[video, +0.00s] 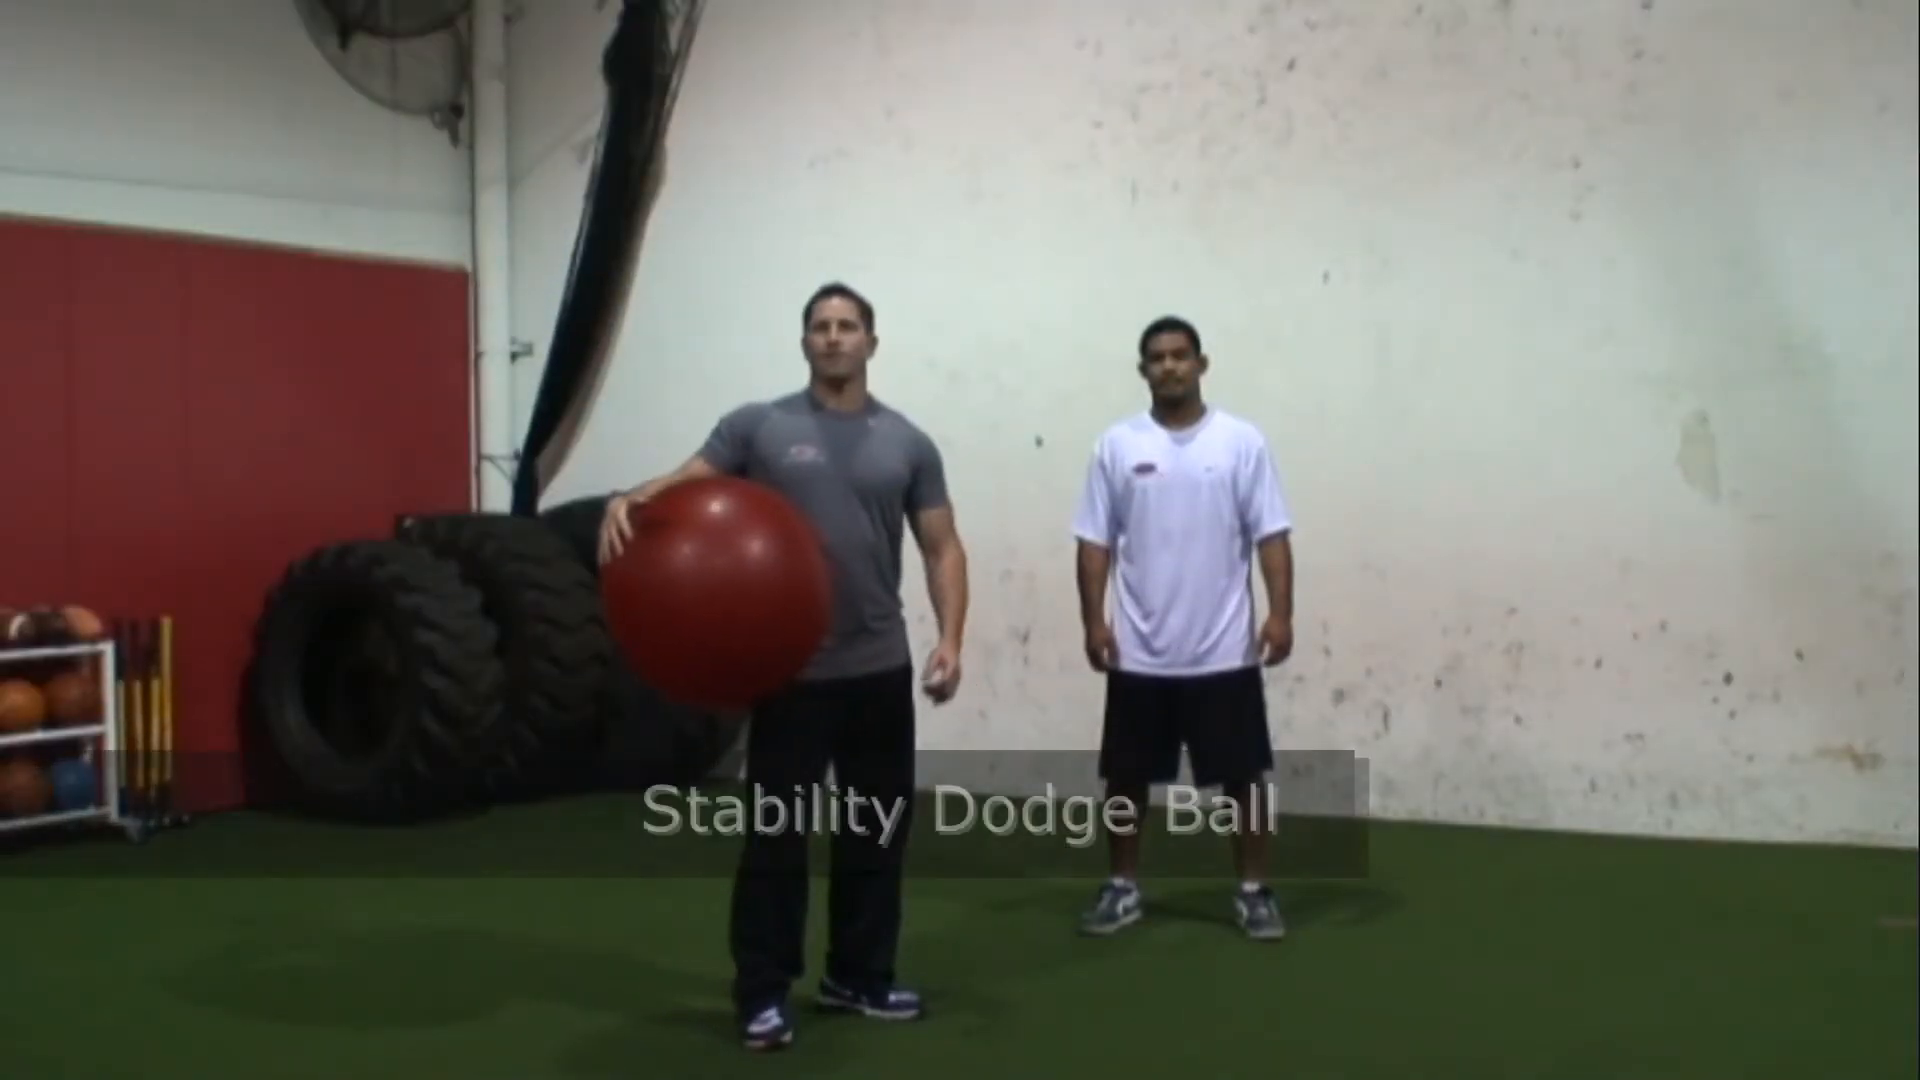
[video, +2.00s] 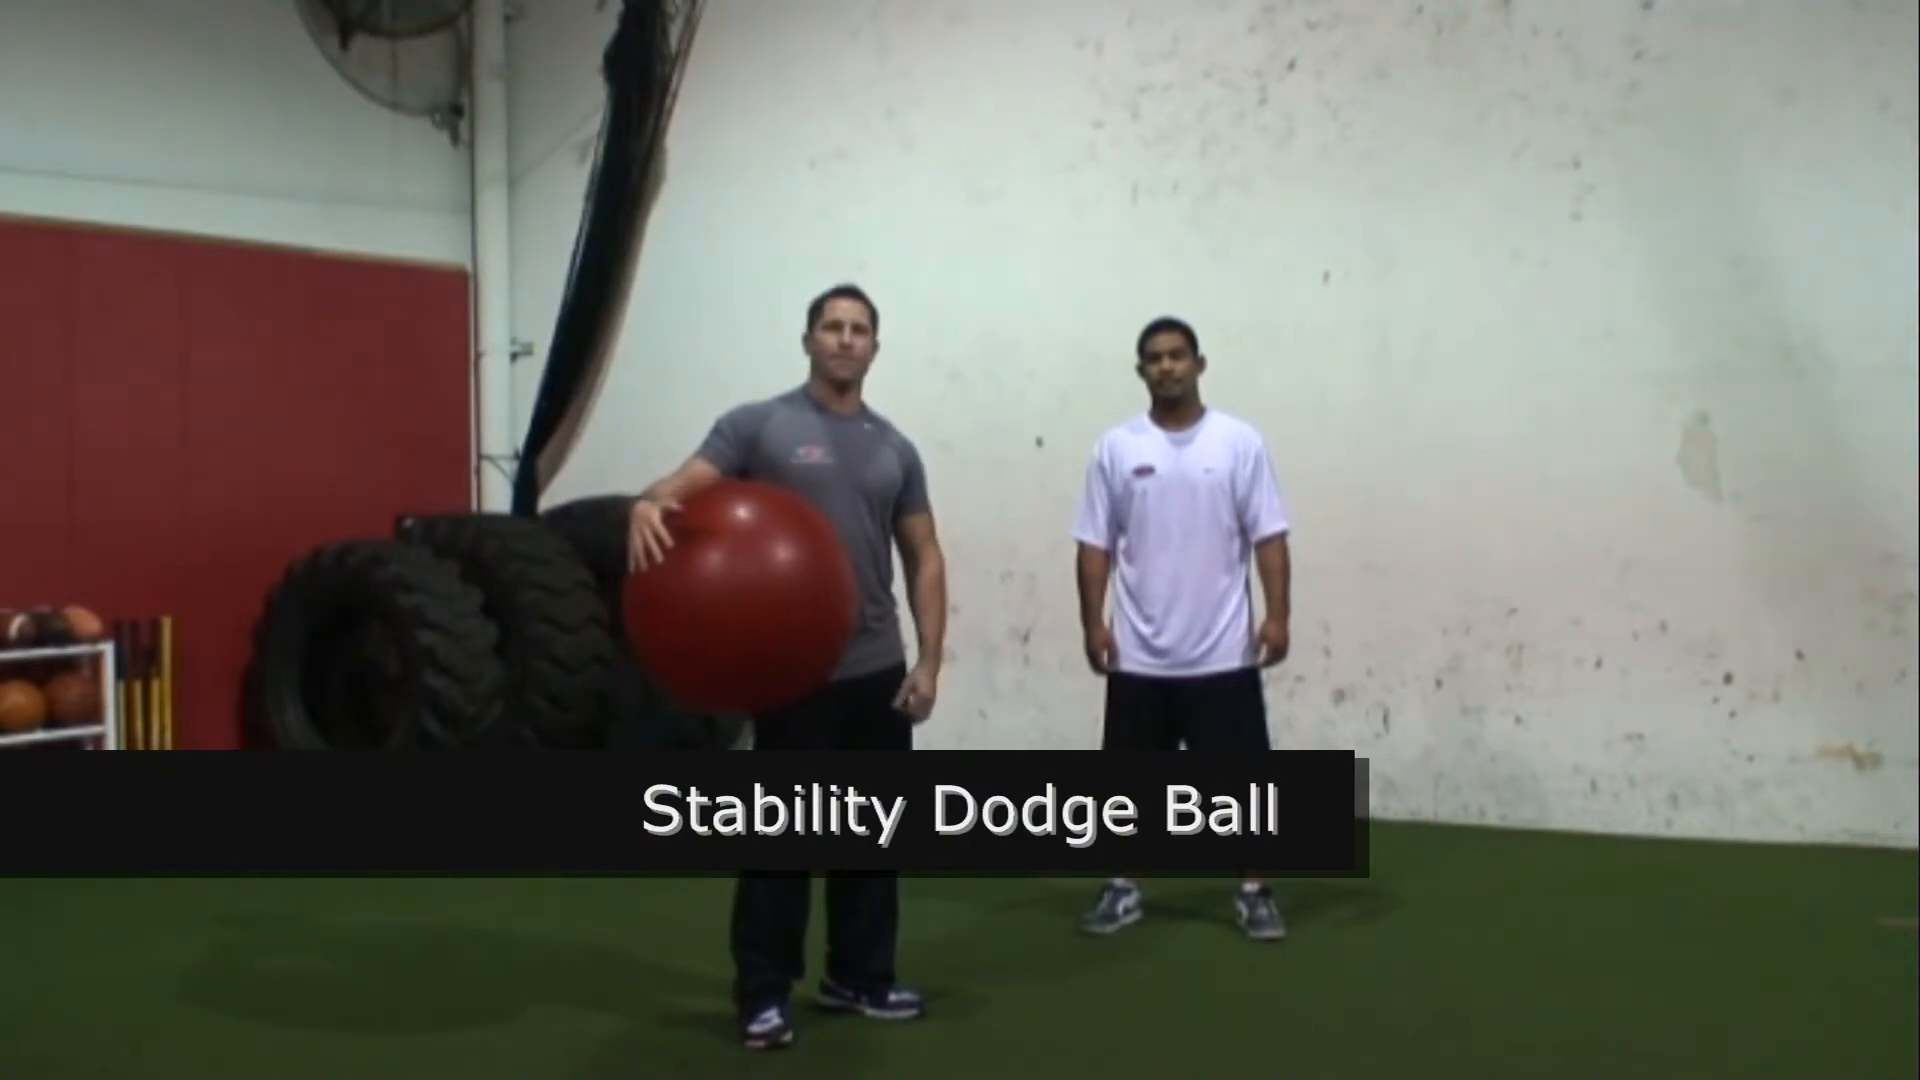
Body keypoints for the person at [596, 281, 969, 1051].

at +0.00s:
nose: (833, 337)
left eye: (847, 326)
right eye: (821, 327)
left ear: (872, 341)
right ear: (804, 343)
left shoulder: (907, 443)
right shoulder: (757, 427)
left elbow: (942, 545)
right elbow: (683, 486)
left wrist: (950, 638)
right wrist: (625, 503)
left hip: (879, 665)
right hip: (787, 668)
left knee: (876, 831)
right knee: (776, 832)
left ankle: (860, 976)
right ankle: (765, 994)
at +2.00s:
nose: (847, 339)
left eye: (859, 329)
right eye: (833, 327)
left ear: (875, 347)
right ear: (808, 341)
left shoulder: (894, 450)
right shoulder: (757, 425)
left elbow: (924, 556)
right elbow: (686, 484)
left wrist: (931, 659)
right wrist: (646, 504)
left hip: (875, 669)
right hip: (788, 671)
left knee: (873, 832)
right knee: (781, 834)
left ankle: (859, 976)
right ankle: (765, 994)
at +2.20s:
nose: (846, 339)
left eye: (859, 329)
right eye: (833, 327)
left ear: (876, 346)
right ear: (809, 340)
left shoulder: (895, 450)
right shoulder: (763, 423)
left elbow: (912, 542)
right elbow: (691, 482)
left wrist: (937, 586)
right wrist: (657, 503)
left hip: (876, 666)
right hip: (789, 669)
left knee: (875, 826)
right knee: (784, 829)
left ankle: (861, 975)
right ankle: (764, 994)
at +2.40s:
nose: (852, 340)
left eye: (864, 330)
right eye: (839, 328)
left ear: (880, 346)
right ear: (813, 340)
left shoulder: (894, 451)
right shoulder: (765, 423)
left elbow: (913, 550)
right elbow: (691, 484)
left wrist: (943, 570)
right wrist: (667, 502)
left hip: (876, 669)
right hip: (791, 670)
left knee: (875, 825)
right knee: (786, 829)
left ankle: (861, 976)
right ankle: (765, 994)